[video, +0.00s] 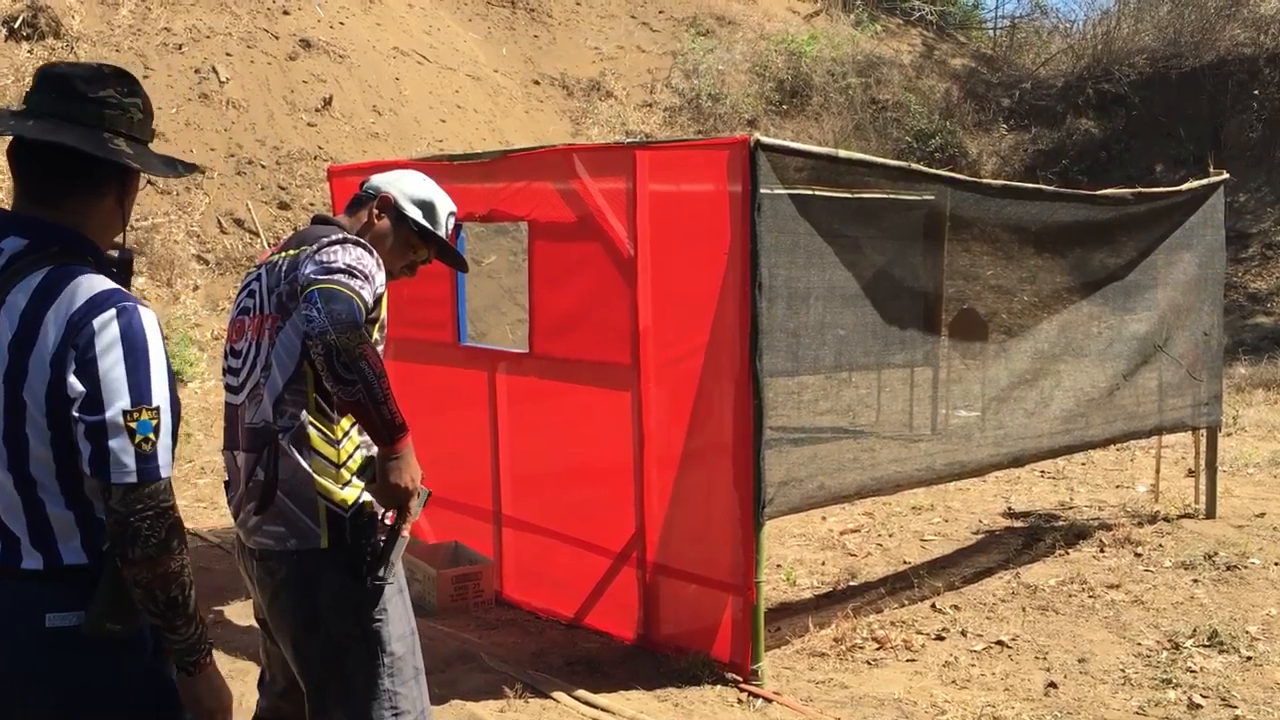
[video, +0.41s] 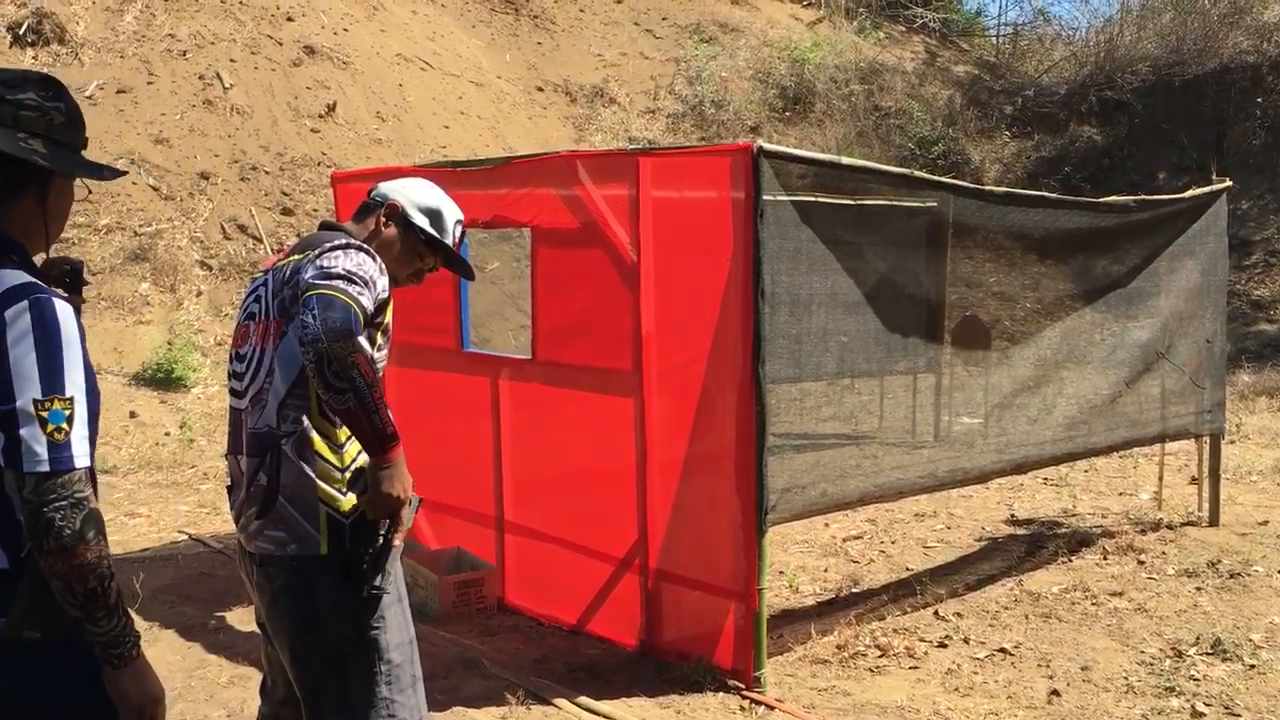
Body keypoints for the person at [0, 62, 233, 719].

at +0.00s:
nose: (138, 194)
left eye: (137, 176)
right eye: (139, 178)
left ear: (14, 164)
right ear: (125, 185)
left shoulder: (8, 271)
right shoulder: (108, 319)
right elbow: (143, 528)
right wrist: (196, 664)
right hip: (81, 625)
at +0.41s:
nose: (76, 195)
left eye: (76, 178)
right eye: (71, 178)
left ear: (13, 178)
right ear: (41, 183)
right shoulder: (33, 309)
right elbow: (60, 518)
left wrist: (34, 294)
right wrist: (123, 652)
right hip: (35, 646)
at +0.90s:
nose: (87, 206)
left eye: (89, 187)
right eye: (83, 184)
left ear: (34, 178)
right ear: (40, 176)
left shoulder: (19, 287)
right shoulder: (37, 296)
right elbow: (70, 500)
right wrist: (139, 641)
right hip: (39, 642)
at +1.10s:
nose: (125, 202)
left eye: (128, 184)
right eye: (121, 181)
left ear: (17, 165)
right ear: (79, 177)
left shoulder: (16, 286)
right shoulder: (70, 307)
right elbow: (111, 516)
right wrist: (176, 649)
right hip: (67, 645)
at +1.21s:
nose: (147, 207)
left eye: (152, 188)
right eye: (146, 185)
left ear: (28, 159)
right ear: (104, 180)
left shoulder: (9, 266)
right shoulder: (93, 310)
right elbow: (132, 523)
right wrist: (194, 657)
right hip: (73, 638)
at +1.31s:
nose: (167, 212)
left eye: (173, 195)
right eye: (168, 191)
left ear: (50, 162)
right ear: (126, 182)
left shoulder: (7, 255)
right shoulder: (115, 314)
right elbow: (149, 529)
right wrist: (207, 658)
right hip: (84, 638)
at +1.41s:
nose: (179, 216)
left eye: (187, 200)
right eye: (182, 197)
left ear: (66, 159)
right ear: (144, 184)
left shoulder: (7, 251)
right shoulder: (128, 315)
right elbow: (161, 527)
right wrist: (216, 661)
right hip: (92, 639)